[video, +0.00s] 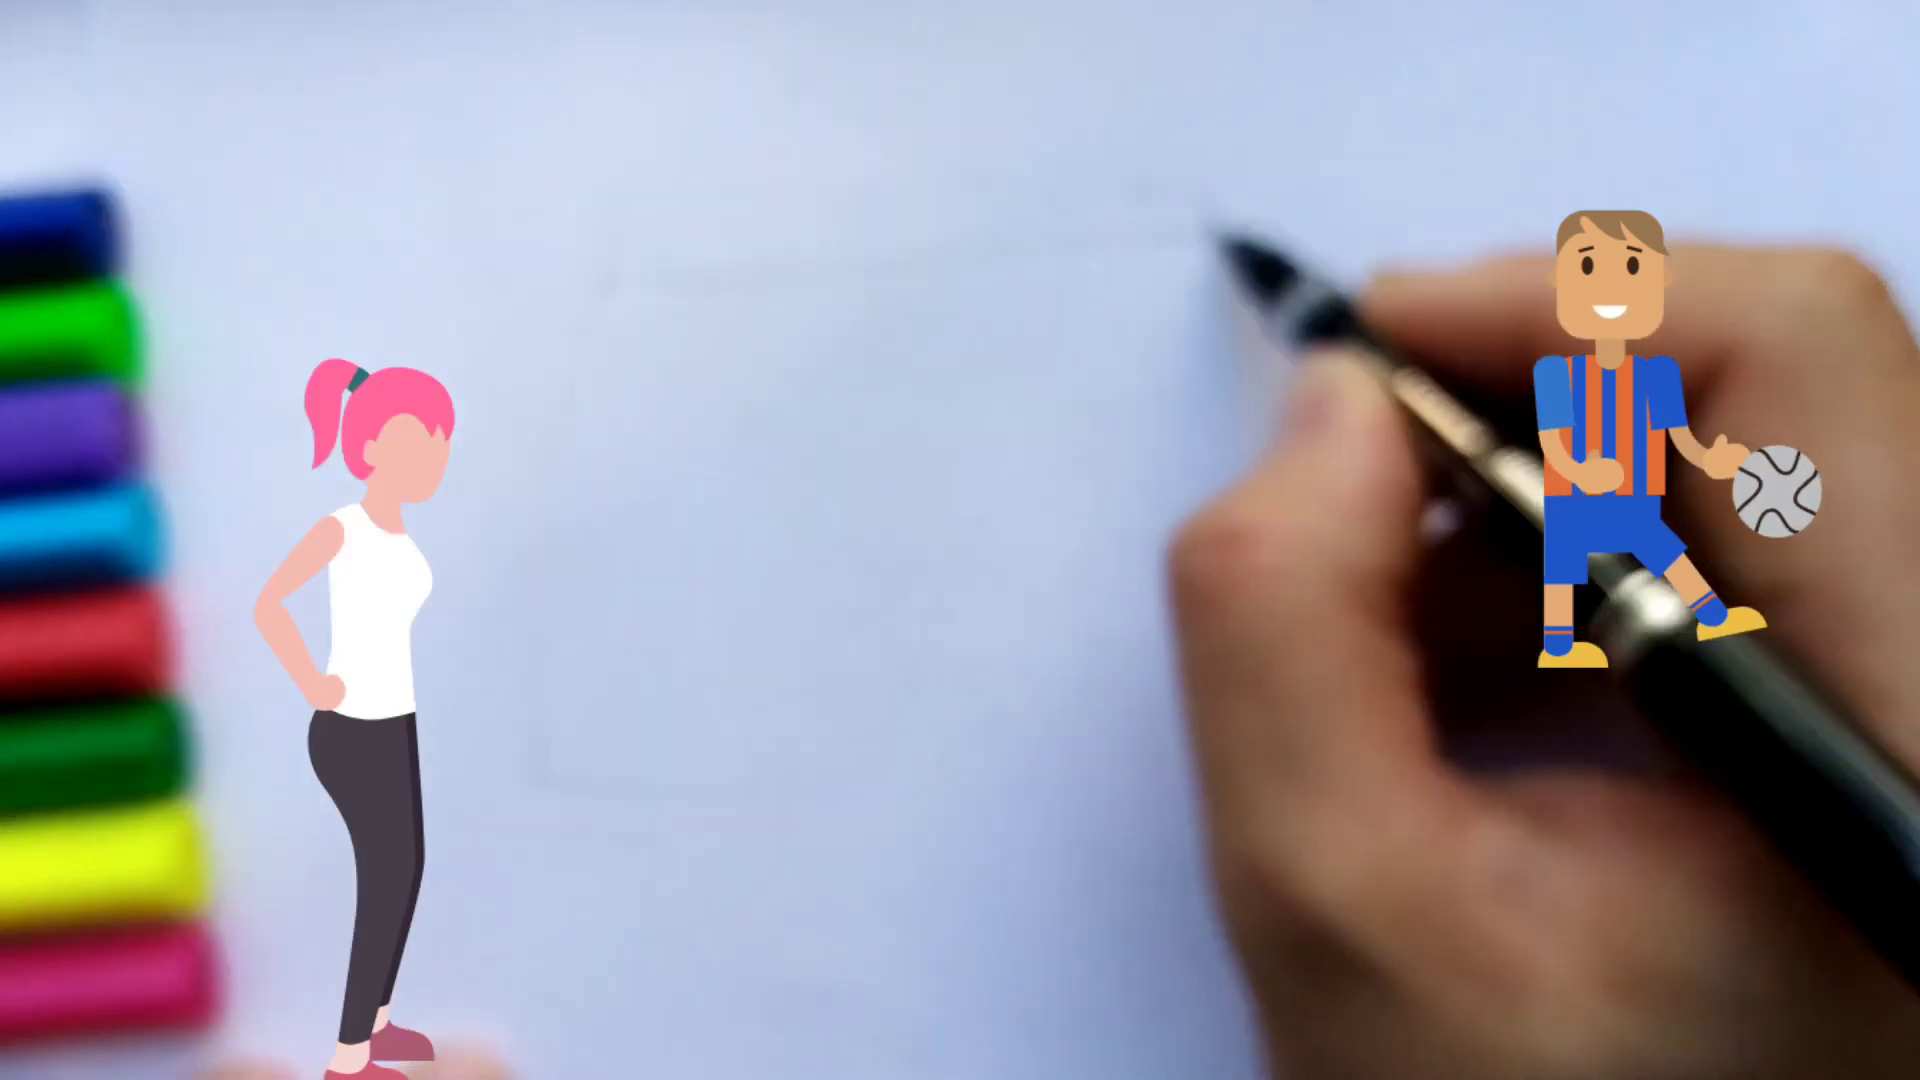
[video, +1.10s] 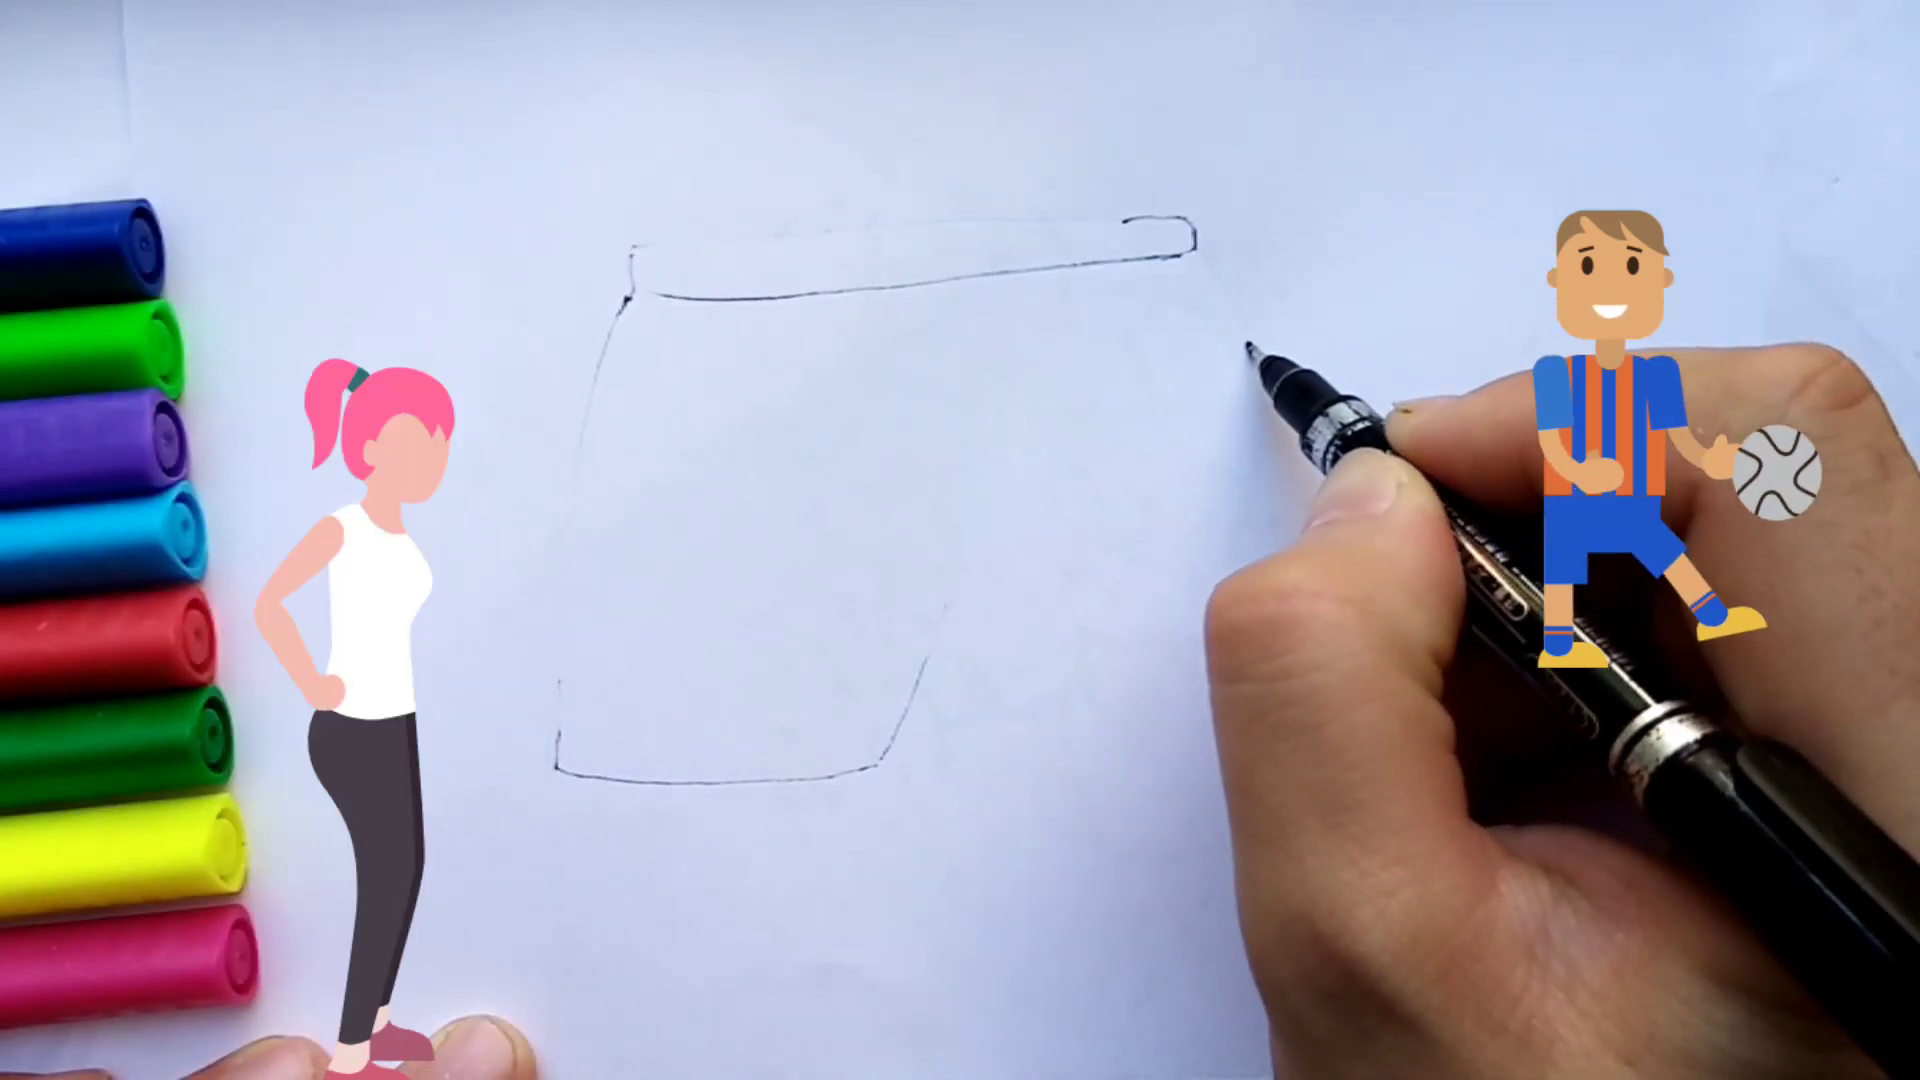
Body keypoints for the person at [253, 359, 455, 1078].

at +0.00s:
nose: (439, 455)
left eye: (441, 440)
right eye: (424, 437)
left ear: (438, 450)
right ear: (376, 446)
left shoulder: (403, 534)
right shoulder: (344, 528)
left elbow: (383, 622)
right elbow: (268, 605)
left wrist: (393, 685)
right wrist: (312, 684)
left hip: (397, 730)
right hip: (354, 732)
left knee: (405, 873)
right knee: (387, 878)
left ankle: (375, 1021)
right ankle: (349, 1051)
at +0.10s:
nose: (438, 456)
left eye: (441, 440)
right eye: (423, 438)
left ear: (439, 450)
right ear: (375, 446)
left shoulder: (403, 534)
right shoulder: (344, 528)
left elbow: (383, 623)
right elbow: (268, 605)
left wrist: (393, 685)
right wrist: (312, 684)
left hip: (397, 730)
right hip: (354, 732)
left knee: (405, 873)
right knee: (387, 878)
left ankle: (375, 1020)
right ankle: (349, 1050)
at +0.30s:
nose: (402, 588)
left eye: (403, 572)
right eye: (385, 571)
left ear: (405, 580)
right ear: (343, 578)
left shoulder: (363, 660)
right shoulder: (312, 656)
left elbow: (320, 738)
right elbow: (213, 713)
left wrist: (313, 795)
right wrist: (249, 790)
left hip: (306, 842)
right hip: (263, 851)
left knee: (391, 865)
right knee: (392, 872)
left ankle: (340, 1023)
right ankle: (351, 1056)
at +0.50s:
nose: (437, 456)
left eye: (440, 441)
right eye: (422, 439)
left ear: (440, 450)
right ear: (375, 447)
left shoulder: (404, 535)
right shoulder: (343, 529)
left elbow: (384, 623)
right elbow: (268, 605)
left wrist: (394, 686)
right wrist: (312, 684)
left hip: (397, 731)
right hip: (353, 733)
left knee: (405, 873)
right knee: (387, 878)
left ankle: (373, 1021)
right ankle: (349, 1051)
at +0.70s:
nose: (437, 456)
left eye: (440, 440)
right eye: (421, 438)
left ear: (440, 450)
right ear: (374, 446)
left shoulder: (404, 536)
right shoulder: (344, 529)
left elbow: (384, 623)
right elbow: (268, 604)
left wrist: (395, 686)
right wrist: (312, 683)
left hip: (397, 731)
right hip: (353, 732)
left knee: (405, 872)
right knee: (387, 878)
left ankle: (373, 1021)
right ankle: (349, 1051)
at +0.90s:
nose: (404, 588)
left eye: (404, 572)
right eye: (387, 571)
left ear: (404, 579)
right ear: (344, 578)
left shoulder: (363, 661)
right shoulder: (311, 656)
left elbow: (322, 739)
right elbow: (213, 713)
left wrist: (317, 798)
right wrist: (249, 790)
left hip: (307, 842)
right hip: (263, 851)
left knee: (391, 865)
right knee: (392, 873)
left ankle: (340, 1023)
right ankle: (350, 1056)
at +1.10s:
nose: (435, 455)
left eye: (439, 440)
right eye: (419, 437)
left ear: (440, 450)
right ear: (374, 446)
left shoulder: (403, 535)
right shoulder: (344, 529)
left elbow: (383, 621)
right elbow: (268, 605)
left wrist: (394, 684)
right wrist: (312, 684)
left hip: (397, 730)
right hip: (353, 732)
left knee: (405, 874)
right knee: (387, 879)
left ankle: (373, 1022)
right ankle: (348, 1052)